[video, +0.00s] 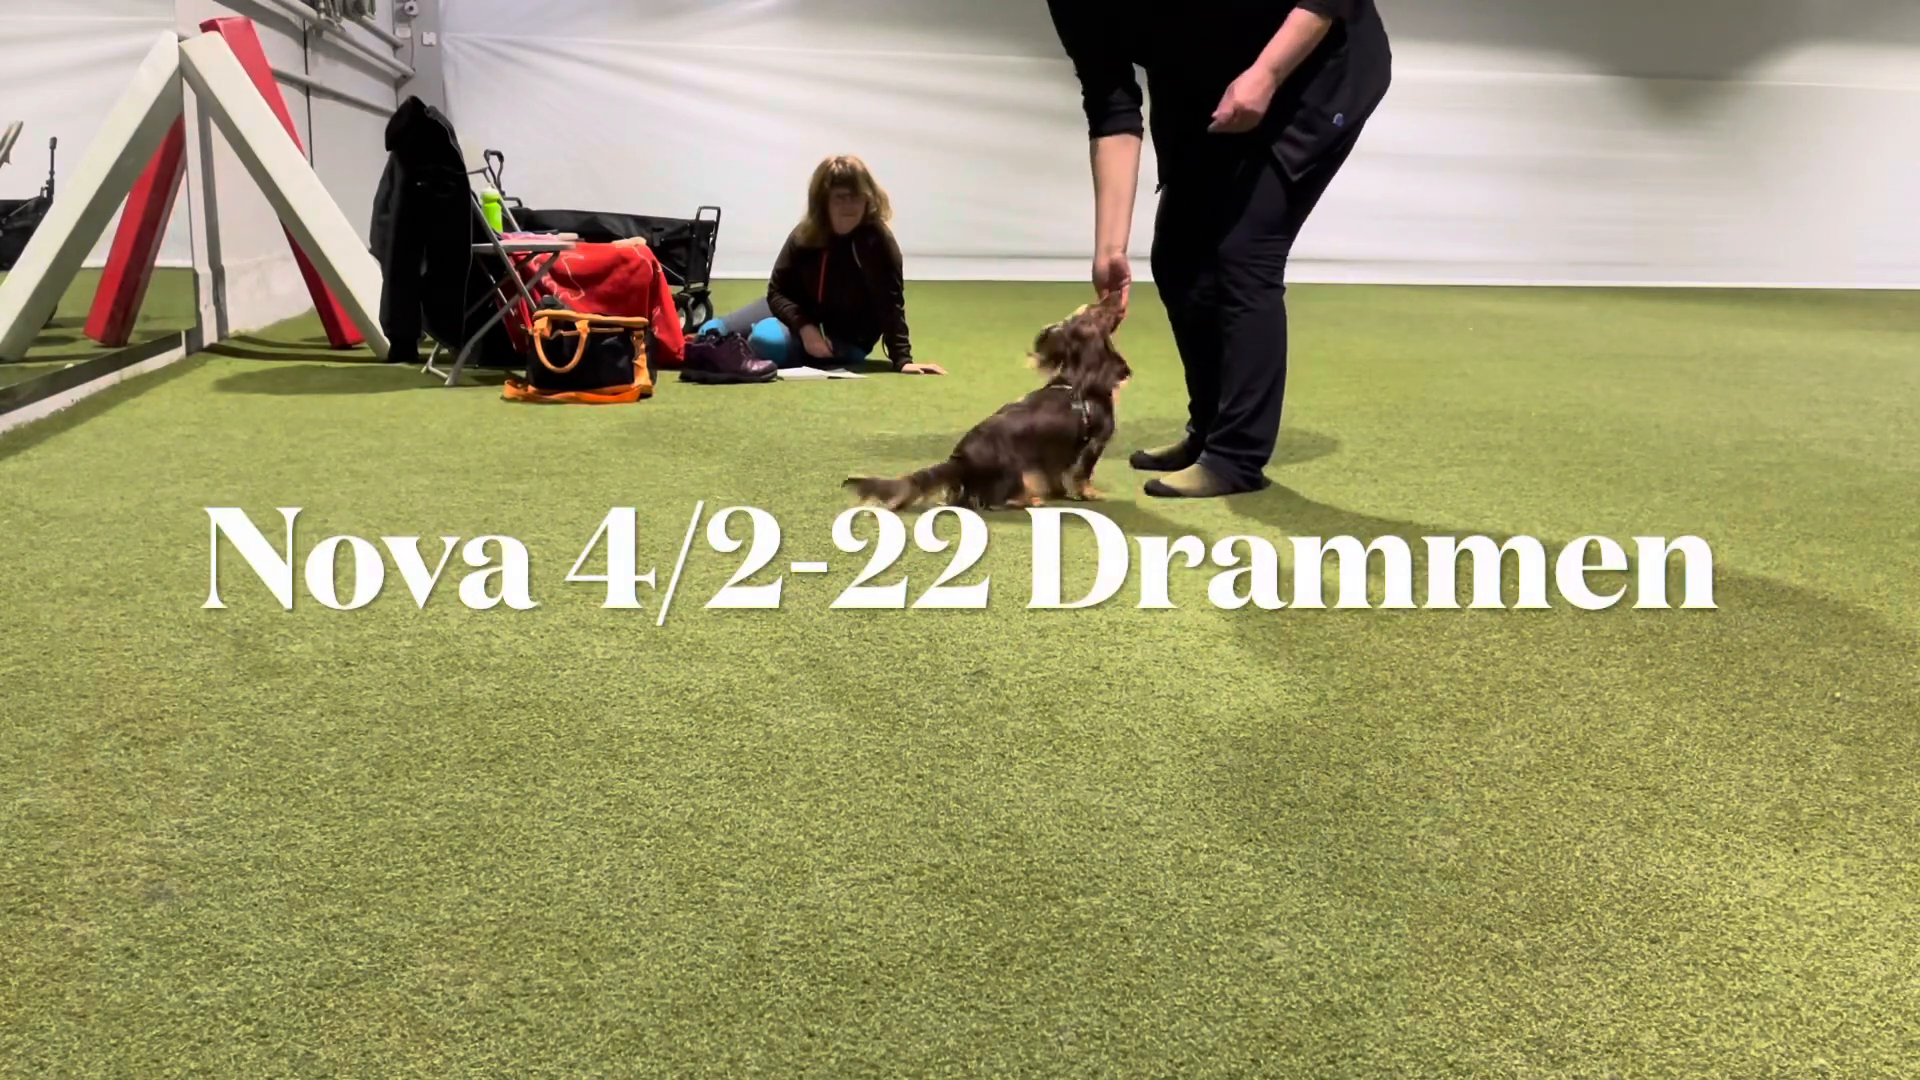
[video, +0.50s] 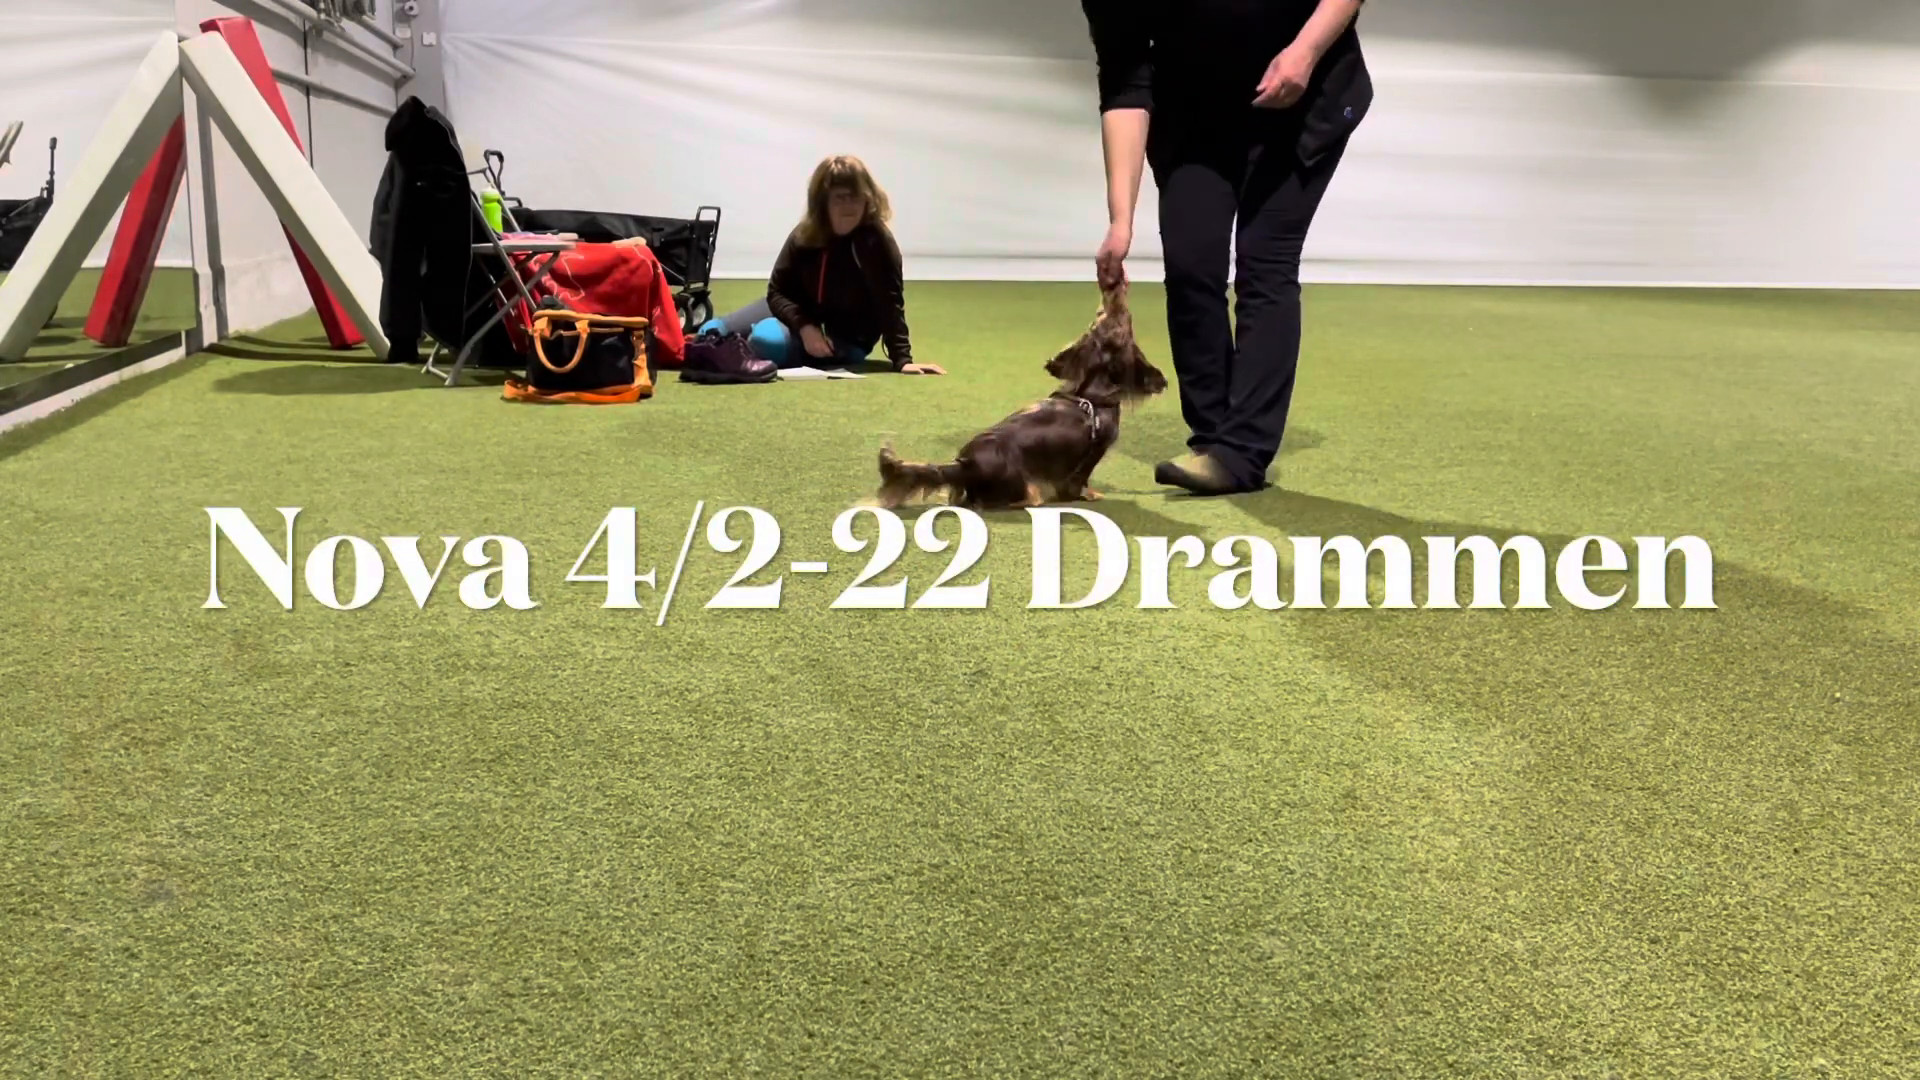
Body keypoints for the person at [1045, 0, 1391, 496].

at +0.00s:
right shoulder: (1076, 12)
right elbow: (1111, 101)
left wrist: (1266, 70)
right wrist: (1110, 248)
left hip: (1320, 48)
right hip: (1197, 67)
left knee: (1245, 255)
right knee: (1178, 257)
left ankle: (1236, 459)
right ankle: (1210, 435)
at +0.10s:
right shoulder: (1080, 12)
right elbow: (1115, 104)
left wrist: (1271, 72)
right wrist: (1115, 249)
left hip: (1322, 52)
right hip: (1199, 69)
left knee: (1244, 255)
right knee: (1181, 256)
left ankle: (1237, 459)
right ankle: (1210, 435)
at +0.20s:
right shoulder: (1084, 13)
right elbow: (1116, 105)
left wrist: (1279, 72)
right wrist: (1113, 248)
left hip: (1320, 60)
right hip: (1197, 75)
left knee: (1247, 256)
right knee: (1192, 259)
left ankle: (1239, 459)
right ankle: (1208, 439)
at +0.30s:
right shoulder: (1090, 13)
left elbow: (1342, 1)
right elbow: (1117, 109)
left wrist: (1285, 70)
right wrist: (1113, 246)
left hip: (1316, 72)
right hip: (1197, 88)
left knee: (1248, 258)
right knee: (1196, 265)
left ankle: (1239, 458)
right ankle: (1211, 444)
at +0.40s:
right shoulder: (1098, 11)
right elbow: (1119, 96)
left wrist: (1295, 61)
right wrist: (1118, 232)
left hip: (1310, 78)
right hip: (1197, 91)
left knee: (1254, 256)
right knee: (1192, 260)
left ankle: (1239, 457)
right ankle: (1210, 443)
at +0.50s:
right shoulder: (1110, 9)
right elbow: (1123, 75)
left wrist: (1305, 49)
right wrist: (1120, 218)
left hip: (1304, 80)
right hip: (1192, 85)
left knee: (1266, 265)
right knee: (1189, 266)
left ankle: (1242, 453)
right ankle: (1210, 443)